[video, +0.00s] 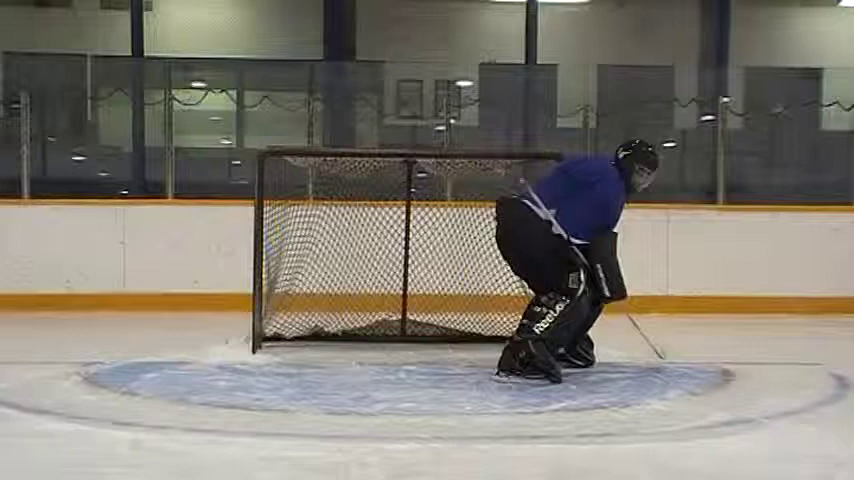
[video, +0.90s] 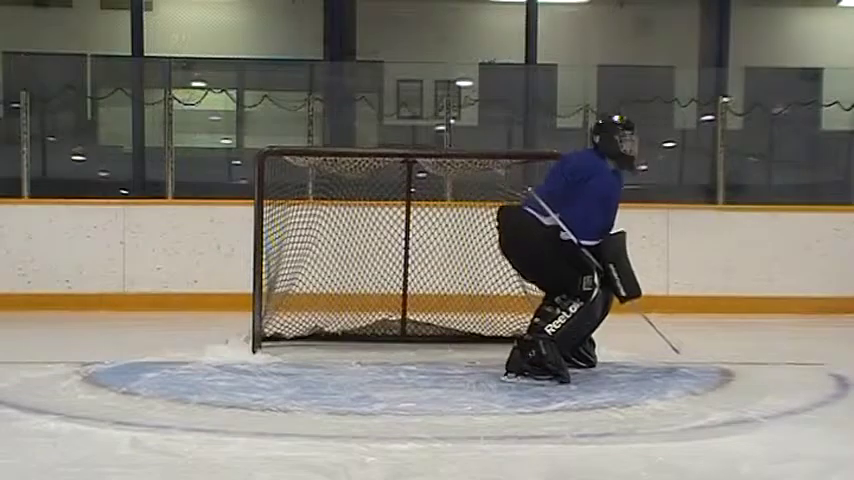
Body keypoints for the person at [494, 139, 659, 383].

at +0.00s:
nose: (645, 181)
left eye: (650, 176)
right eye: (643, 172)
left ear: (620, 159)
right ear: (630, 164)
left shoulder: (599, 170)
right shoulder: (610, 186)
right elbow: (600, 245)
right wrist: (615, 289)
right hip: (528, 223)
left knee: (589, 287)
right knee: (573, 288)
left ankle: (568, 341)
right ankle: (525, 350)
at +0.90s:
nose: (631, 147)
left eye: (631, 139)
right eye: (625, 140)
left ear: (600, 141)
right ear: (610, 142)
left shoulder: (579, 160)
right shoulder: (605, 177)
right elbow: (589, 239)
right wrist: (611, 276)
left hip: (517, 225)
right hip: (535, 233)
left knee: (571, 284)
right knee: (592, 290)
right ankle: (535, 351)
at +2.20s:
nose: (618, 106)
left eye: (622, 100)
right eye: (615, 97)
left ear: (592, 92)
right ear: (600, 92)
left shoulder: (567, 112)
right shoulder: (590, 127)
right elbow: (585, 192)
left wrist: (601, 182)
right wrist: (592, 240)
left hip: (533, 206)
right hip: (552, 211)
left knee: (564, 280)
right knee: (588, 279)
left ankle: (538, 351)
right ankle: (547, 353)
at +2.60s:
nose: (624, 117)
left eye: (628, 111)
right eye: (624, 109)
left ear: (602, 97)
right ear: (610, 102)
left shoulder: (569, 116)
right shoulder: (594, 130)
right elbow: (595, 187)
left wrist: (605, 191)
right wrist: (615, 231)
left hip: (528, 209)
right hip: (556, 213)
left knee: (558, 280)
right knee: (582, 279)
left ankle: (537, 348)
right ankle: (544, 351)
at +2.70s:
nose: (629, 122)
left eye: (633, 117)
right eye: (627, 114)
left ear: (604, 104)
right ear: (612, 105)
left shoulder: (586, 123)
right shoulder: (590, 129)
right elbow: (575, 191)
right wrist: (598, 235)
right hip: (545, 211)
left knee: (560, 280)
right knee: (574, 280)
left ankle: (542, 349)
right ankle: (540, 353)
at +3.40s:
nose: (639, 155)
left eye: (639, 147)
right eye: (633, 147)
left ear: (610, 145)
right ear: (616, 146)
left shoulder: (588, 161)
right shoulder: (606, 177)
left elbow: (583, 228)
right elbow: (602, 236)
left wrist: (596, 265)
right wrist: (618, 278)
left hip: (513, 218)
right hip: (532, 226)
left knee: (562, 287)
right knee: (590, 285)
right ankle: (543, 356)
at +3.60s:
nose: (635, 153)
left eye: (635, 146)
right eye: (629, 145)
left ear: (605, 146)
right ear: (611, 146)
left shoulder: (581, 162)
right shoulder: (605, 178)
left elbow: (583, 231)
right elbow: (603, 239)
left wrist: (596, 265)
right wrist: (619, 279)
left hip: (513, 223)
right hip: (534, 231)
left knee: (564, 288)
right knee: (591, 286)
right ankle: (542, 354)